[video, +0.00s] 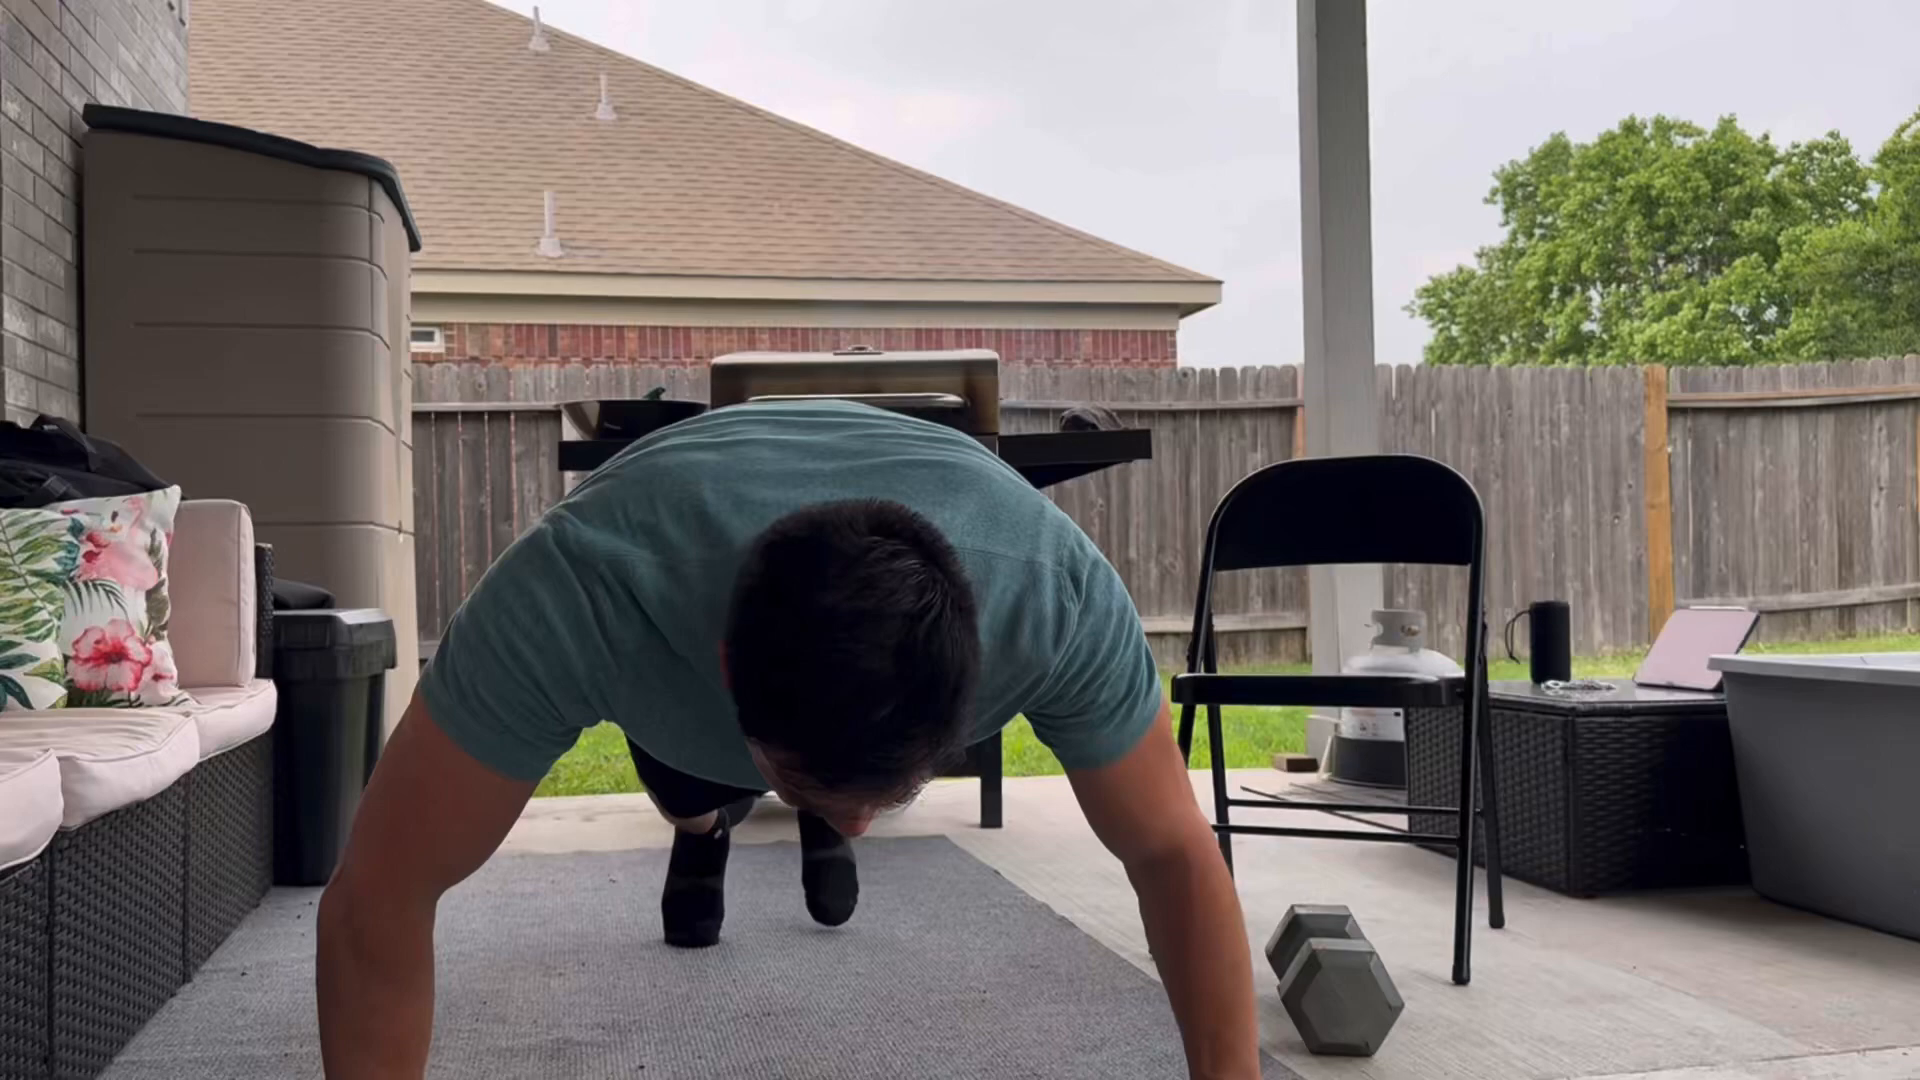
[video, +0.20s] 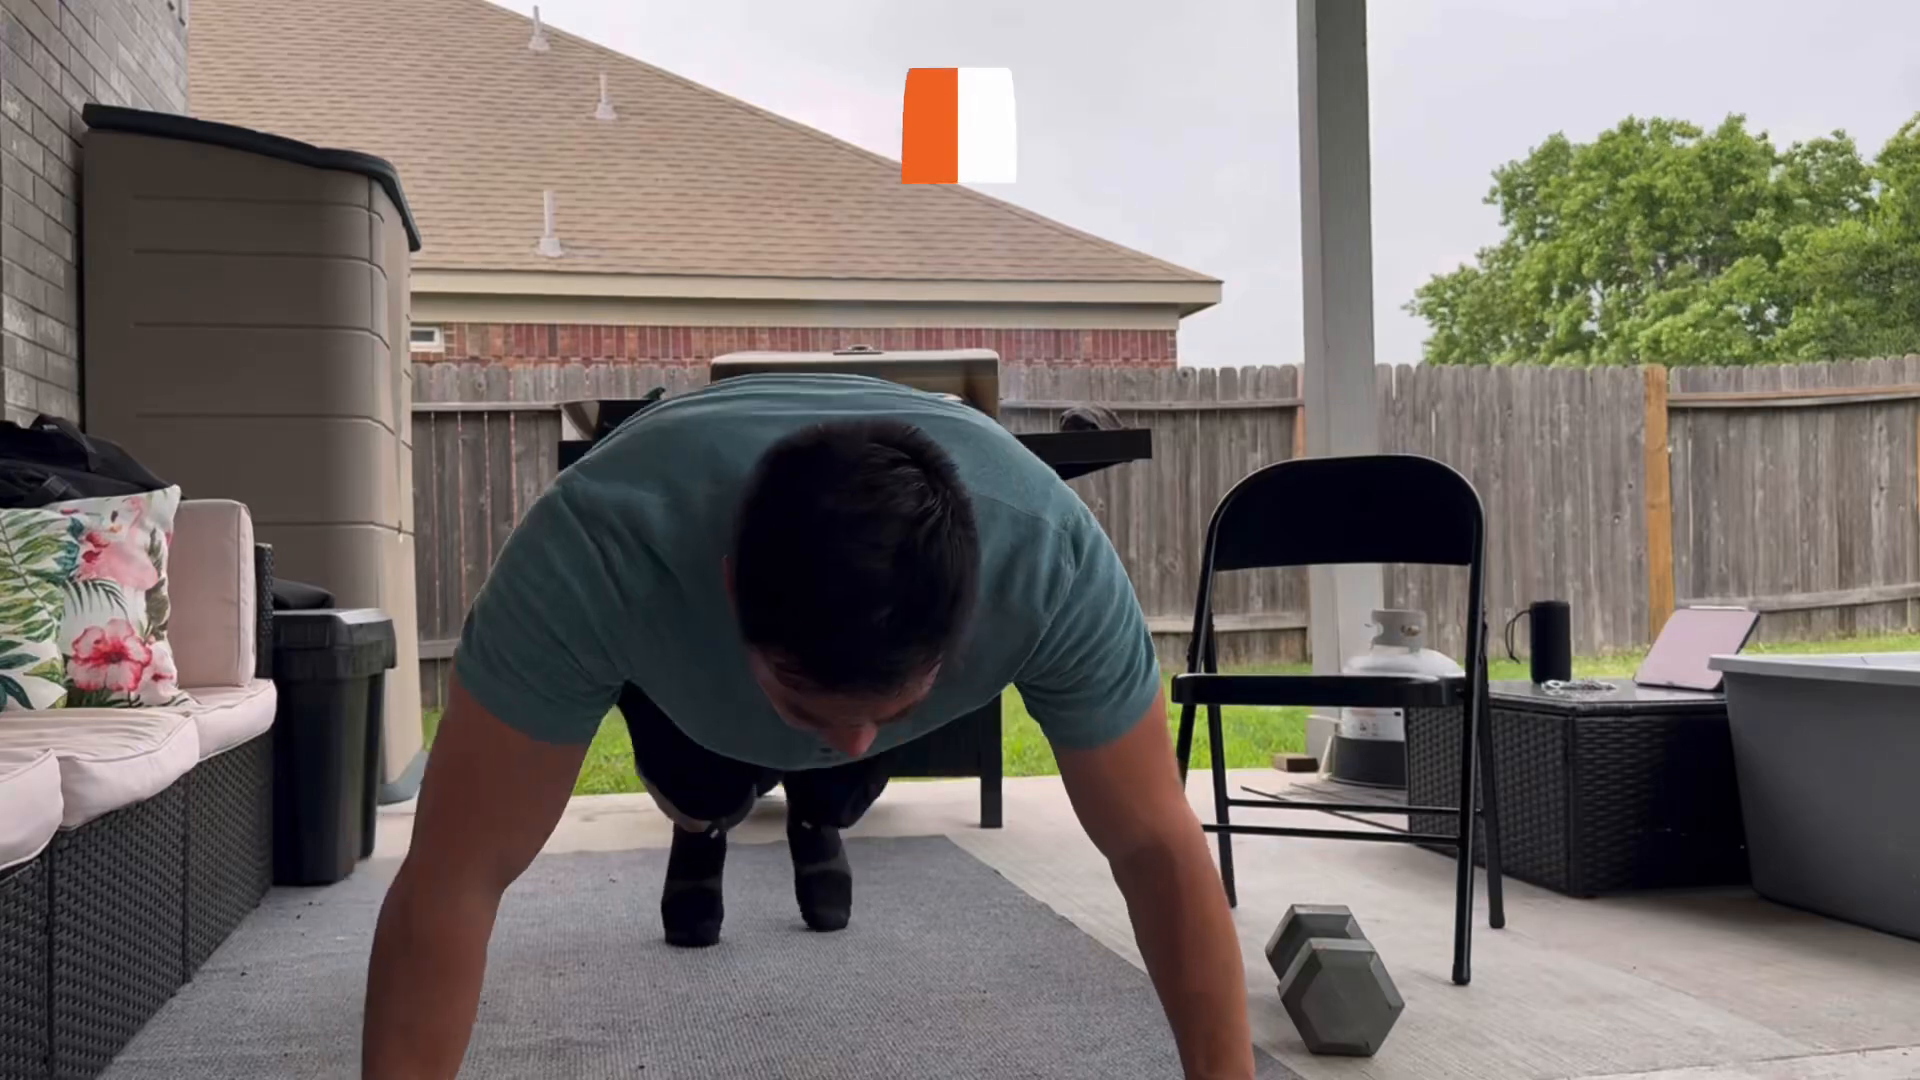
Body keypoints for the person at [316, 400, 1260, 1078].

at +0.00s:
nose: (846, 824)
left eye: (889, 800)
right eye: (818, 793)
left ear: (967, 694)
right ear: (736, 683)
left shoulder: (1061, 602)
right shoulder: (574, 593)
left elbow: (1176, 862)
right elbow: (374, 905)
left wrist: (1231, 1070)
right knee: (693, 785)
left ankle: (828, 838)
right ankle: (702, 840)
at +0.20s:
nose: (846, 743)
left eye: (888, 716)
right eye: (806, 707)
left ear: (956, 630)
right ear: (734, 614)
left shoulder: (1056, 570)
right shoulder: (586, 551)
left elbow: (1160, 852)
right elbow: (445, 885)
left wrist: (1225, 1075)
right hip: (709, 690)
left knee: (842, 779)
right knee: (701, 789)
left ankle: (818, 831)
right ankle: (699, 843)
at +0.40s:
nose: (833, 760)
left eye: (874, 741)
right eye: (795, 723)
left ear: (950, 645)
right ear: (731, 616)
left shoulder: (1053, 586)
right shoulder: (577, 574)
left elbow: (1182, 860)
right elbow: (383, 904)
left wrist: (1233, 1072)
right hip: (658, 709)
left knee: (782, 796)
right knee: (682, 792)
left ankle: (766, 832)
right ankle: (691, 833)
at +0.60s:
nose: (839, 1057)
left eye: (889, 1042)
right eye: (809, 1033)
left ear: (980, 874)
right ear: (744, 886)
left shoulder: (1064, 755)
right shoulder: (594, 760)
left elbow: (1248, 869)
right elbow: (302, 915)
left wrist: (1252, 1073)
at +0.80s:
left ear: (951, 1016)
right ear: (761, 1022)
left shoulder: (1056, 860)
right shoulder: (606, 893)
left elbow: (1259, 866)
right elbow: (291, 923)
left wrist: (1261, 1065)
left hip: (901, 760)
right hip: (658, 780)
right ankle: (436, 806)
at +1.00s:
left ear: (945, 1031)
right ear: (767, 1036)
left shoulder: (1052, 882)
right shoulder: (620, 924)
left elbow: (1263, 865)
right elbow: (293, 923)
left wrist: (1256, 1066)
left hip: (895, 773)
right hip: (652, 799)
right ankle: (451, 816)